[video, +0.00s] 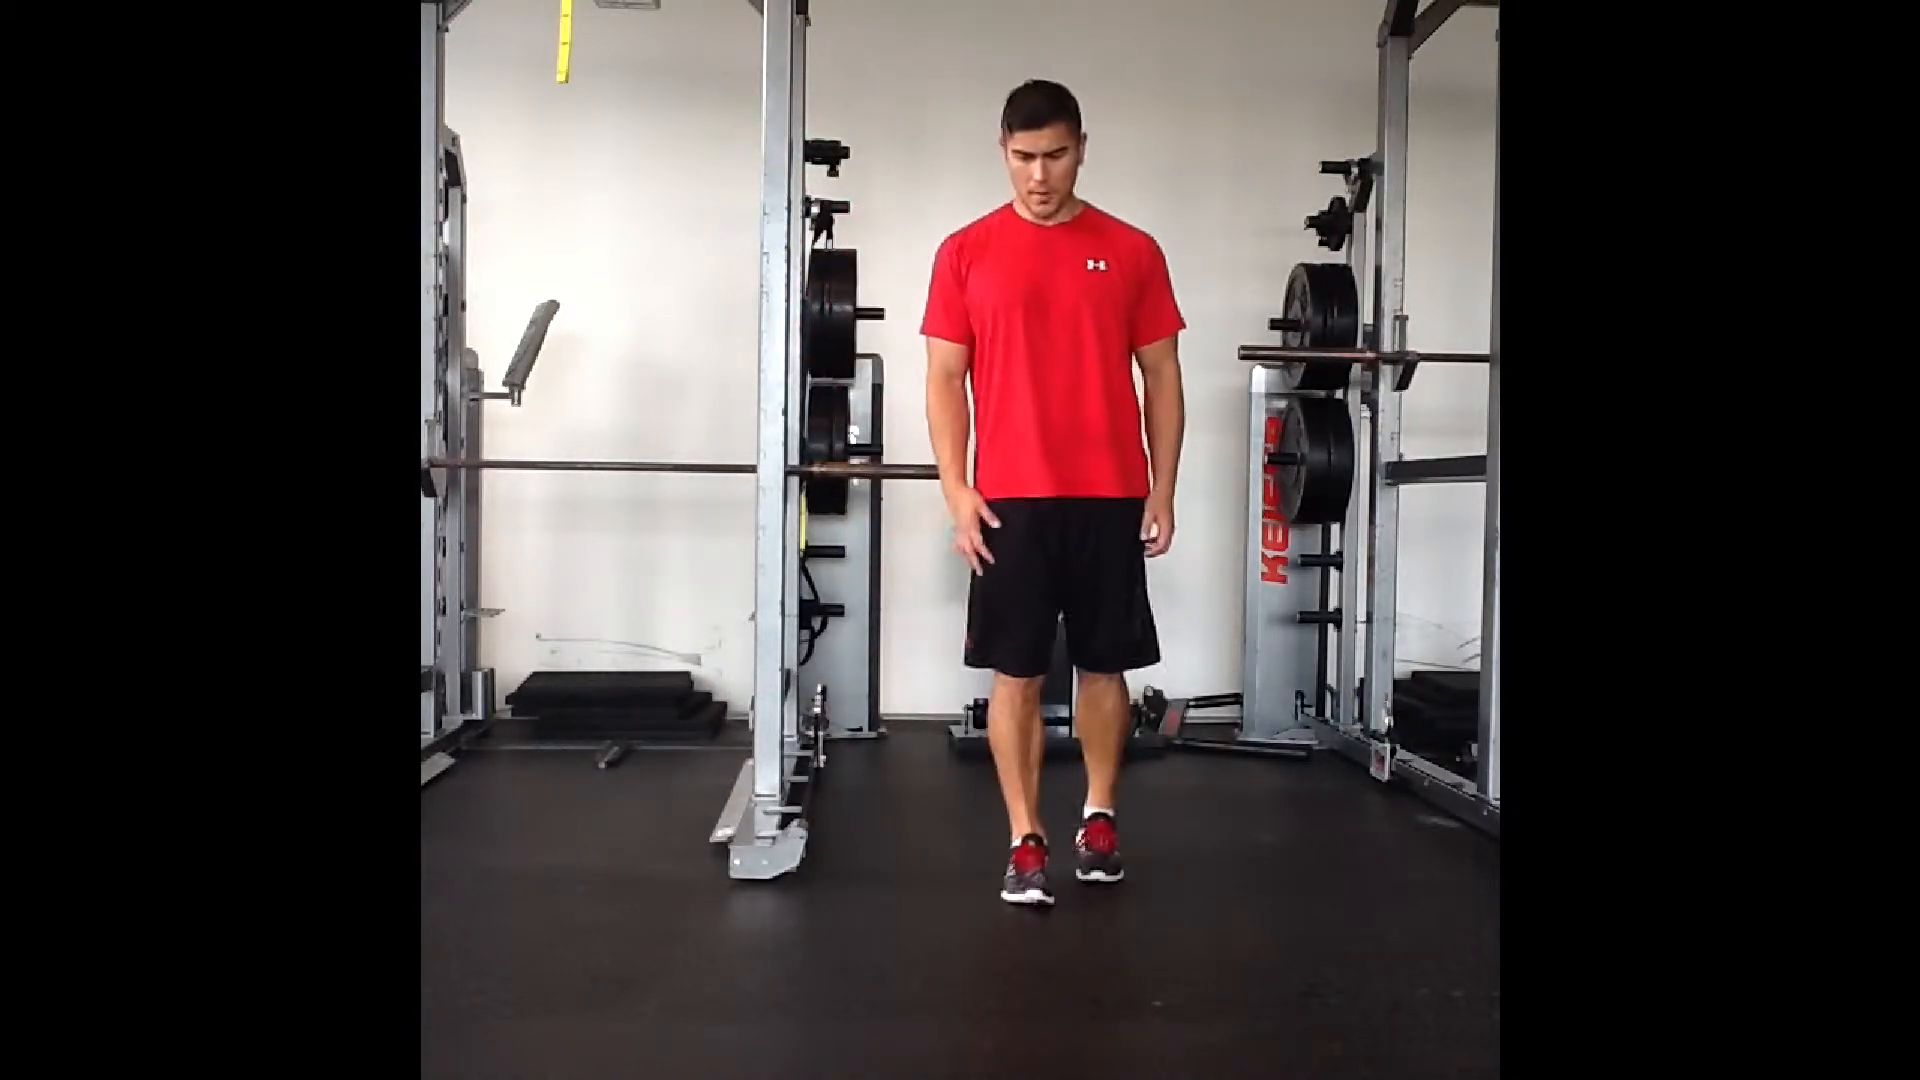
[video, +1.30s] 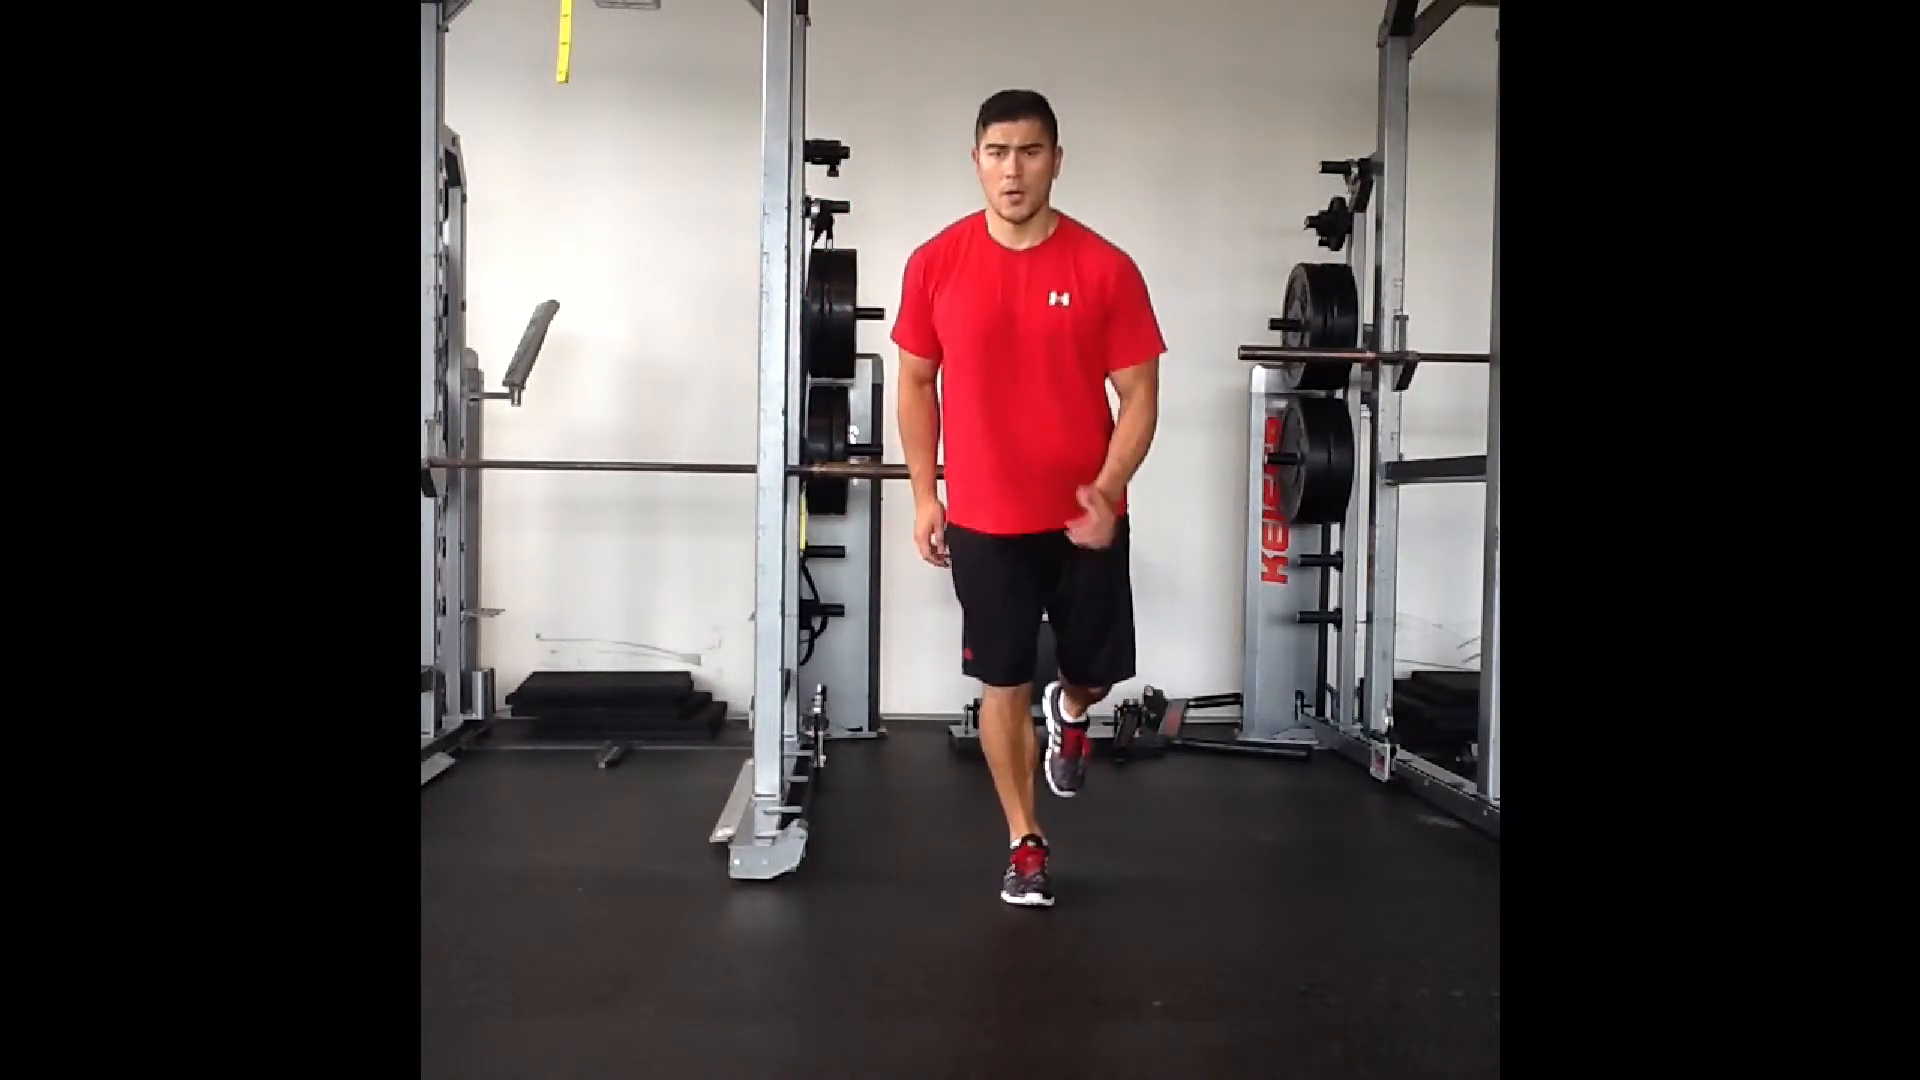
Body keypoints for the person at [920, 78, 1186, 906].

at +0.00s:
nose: (1040, 173)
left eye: (1055, 155)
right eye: (1024, 156)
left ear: (1080, 150)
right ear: (1003, 157)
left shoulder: (1132, 251)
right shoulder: (966, 254)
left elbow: (1161, 371)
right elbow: (944, 377)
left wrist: (1162, 488)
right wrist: (956, 490)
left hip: (1108, 496)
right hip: (1011, 497)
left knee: (1102, 667)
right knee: (1017, 672)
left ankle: (1099, 819)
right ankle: (1025, 841)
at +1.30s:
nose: (1013, 168)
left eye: (1029, 151)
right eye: (997, 152)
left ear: (1055, 162)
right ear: (977, 164)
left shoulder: (1104, 269)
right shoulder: (934, 266)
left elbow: (1140, 397)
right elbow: (915, 380)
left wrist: (1110, 490)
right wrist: (924, 494)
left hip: (1085, 513)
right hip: (984, 518)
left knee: (1095, 672)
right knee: (1005, 681)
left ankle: (1069, 715)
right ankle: (1022, 840)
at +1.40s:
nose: (1012, 195)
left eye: (1028, 178)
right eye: (996, 178)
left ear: (1054, 190)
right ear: (975, 190)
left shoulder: (1103, 296)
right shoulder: (932, 288)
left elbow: (1137, 422)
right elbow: (916, 379)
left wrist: (1079, 439)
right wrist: (923, 472)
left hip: (1083, 526)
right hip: (983, 529)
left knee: (1091, 671)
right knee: (1007, 679)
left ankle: (1058, 695)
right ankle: (1023, 839)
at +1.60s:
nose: (1005, 275)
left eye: (1022, 261)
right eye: (989, 261)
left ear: (1048, 270)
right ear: (967, 272)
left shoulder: (1084, 344)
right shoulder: (929, 340)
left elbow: (1114, 424)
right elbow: (959, 412)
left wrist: (1033, 343)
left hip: (1084, 558)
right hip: (988, 556)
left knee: (1056, 681)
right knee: (1009, 686)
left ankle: (1012, 703)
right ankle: (1025, 844)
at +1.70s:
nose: (995, 295)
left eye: (1012, 278)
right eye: (981, 278)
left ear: (1039, 287)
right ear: (959, 288)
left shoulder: (1081, 359)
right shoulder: (929, 359)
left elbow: (1121, 463)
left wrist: (1040, 440)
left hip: (1083, 567)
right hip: (987, 563)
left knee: (1055, 685)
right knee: (1010, 695)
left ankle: (1021, 709)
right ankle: (1026, 845)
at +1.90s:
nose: (994, 226)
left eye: (1009, 210)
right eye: (978, 212)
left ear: (1035, 222)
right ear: (955, 227)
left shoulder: (1094, 316)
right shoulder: (925, 342)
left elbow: (1141, 423)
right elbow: (922, 479)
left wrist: (1174, 508)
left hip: (1082, 529)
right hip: (982, 545)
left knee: (1078, 674)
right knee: (1006, 695)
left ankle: (1076, 769)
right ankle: (1024, 843)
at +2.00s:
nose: (997, 173)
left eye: (1012, 157)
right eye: (981, 159)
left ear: (1037, 164)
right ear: (958, 168)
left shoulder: (1091, 240)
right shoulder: (929, 250)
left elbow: (1171, 277)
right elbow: (890, 315)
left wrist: (1211, 319)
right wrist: (928, 319)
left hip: (1077, 445)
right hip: (983, 480)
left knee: (1070, 505)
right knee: (1001, 671)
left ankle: (1129, 668)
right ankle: (1023, 840)